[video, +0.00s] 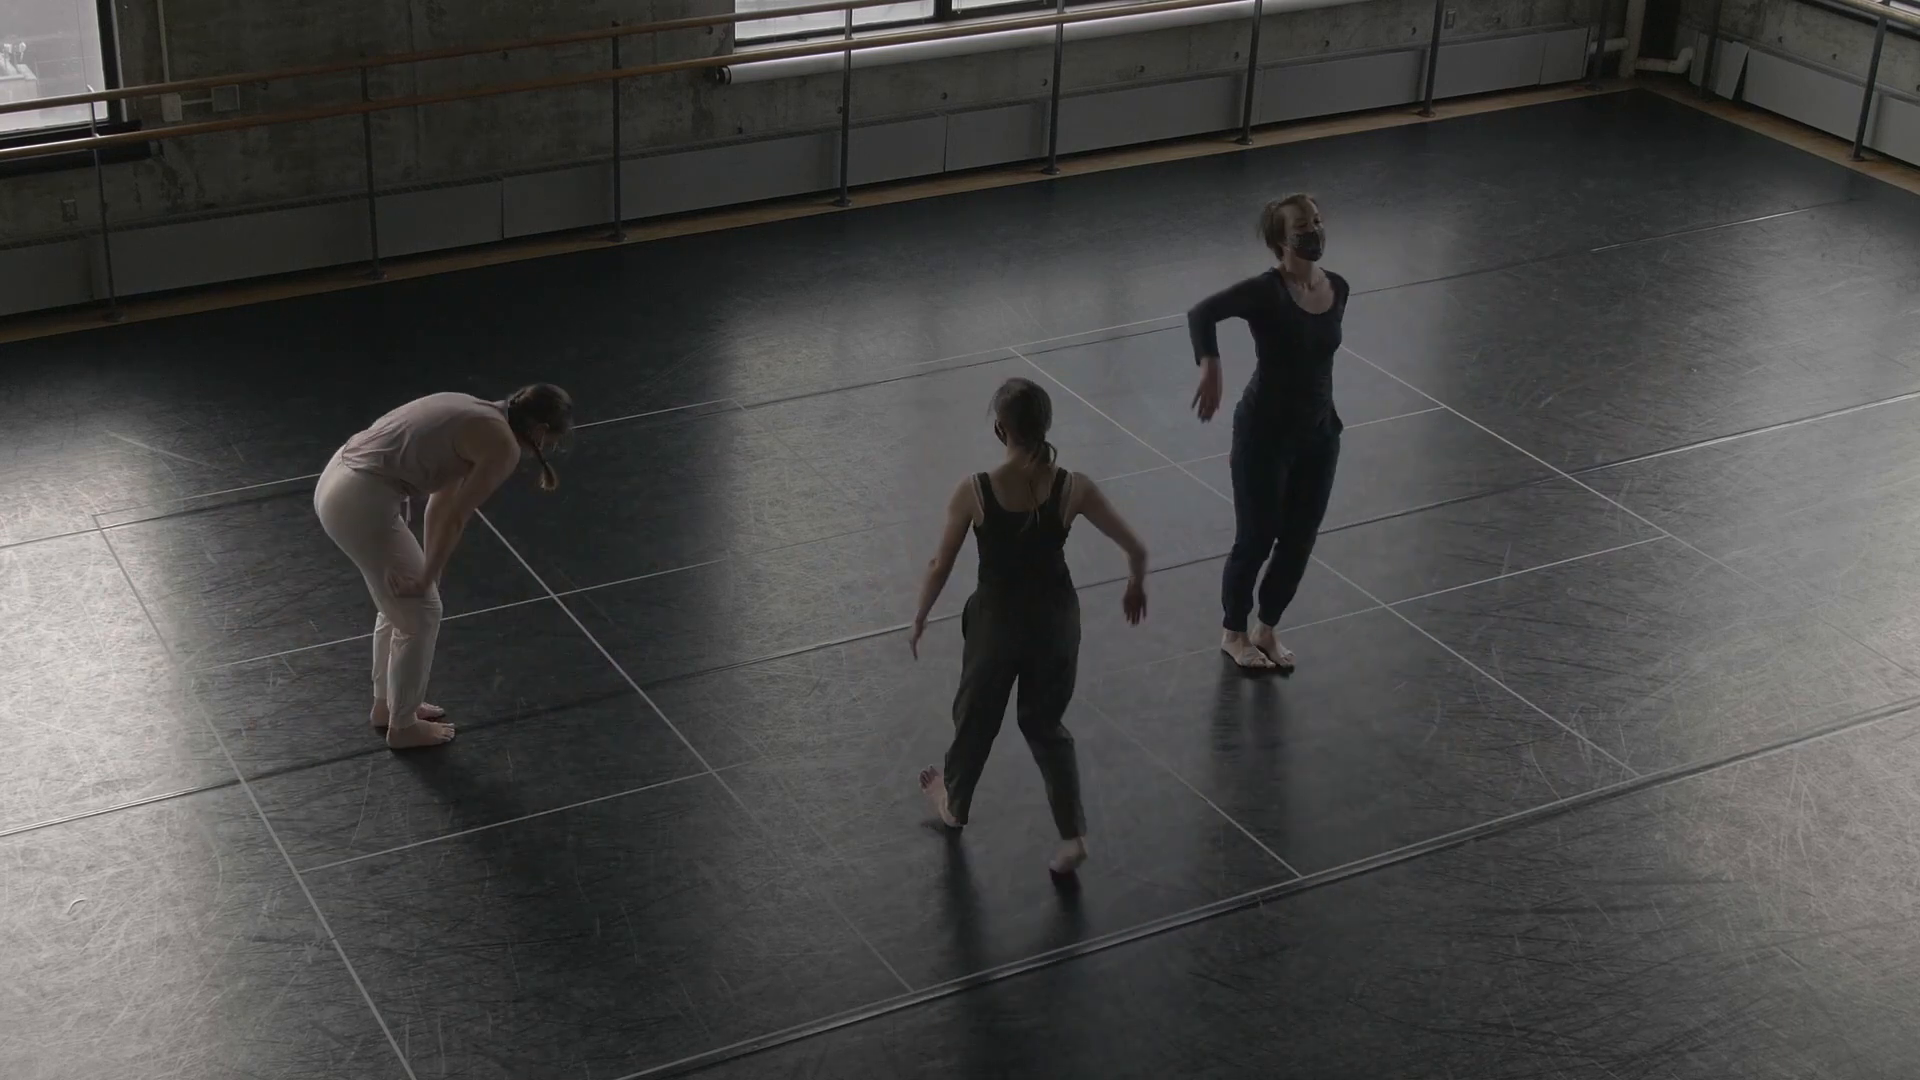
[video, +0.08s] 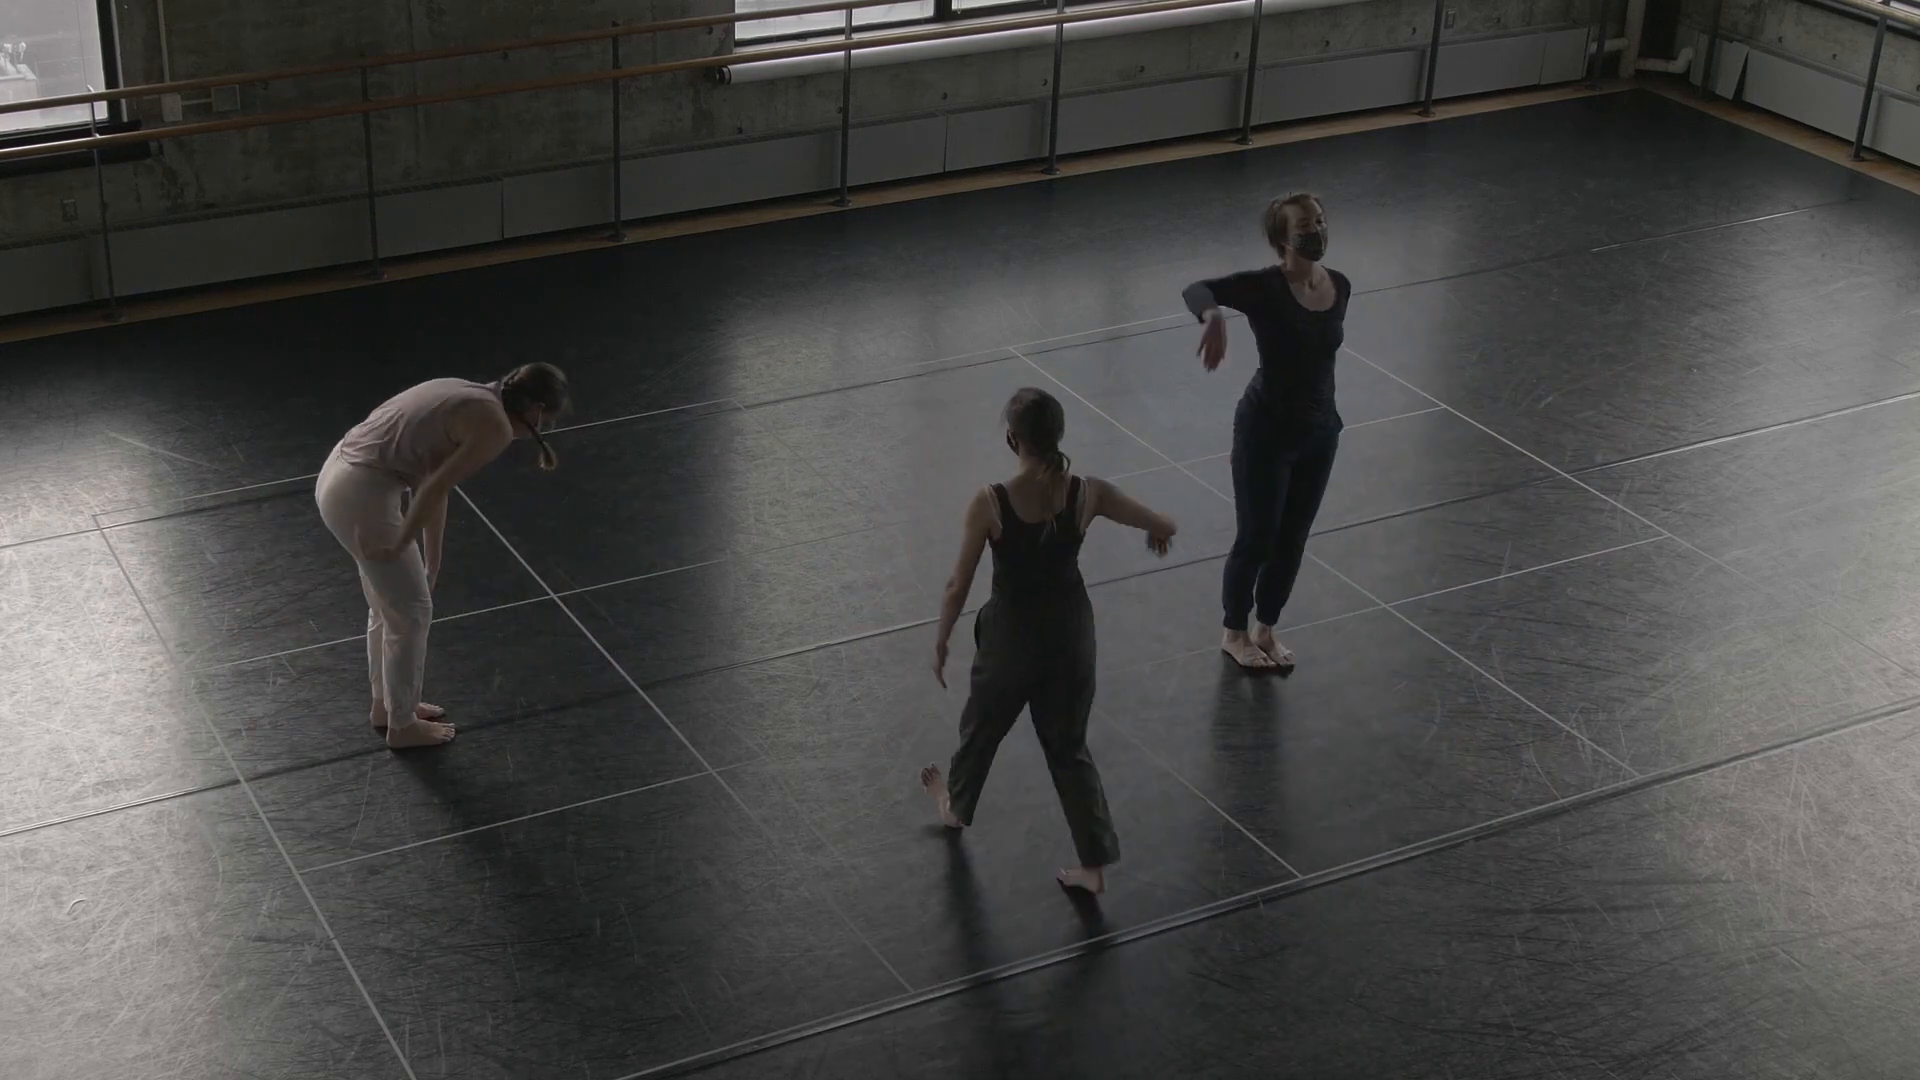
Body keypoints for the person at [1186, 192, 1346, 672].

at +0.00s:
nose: (1314, 230)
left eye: (1317, 222)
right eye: (1302, 227)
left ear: (1325, 229)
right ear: (1280, 241)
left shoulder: (1336, 287)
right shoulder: (1264, 291)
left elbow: (1319, 355)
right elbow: (1200, 315)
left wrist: (1324, 410)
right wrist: (1210, 369)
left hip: (1318, 431)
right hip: (1263, 433)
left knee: (1298, 542)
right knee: (1256, 538)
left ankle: (1265, 630)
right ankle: (1234, 634)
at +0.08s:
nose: (1315, 230)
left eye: (1319, 222)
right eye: (1304, 227)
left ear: (1327, 228)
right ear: (1282, 239)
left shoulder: (1338, 286)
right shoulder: (1265, 286)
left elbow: (1322, 350)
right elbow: (1196, 291)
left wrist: (1324, 407)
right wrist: (1212, 317)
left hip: (1319, 427)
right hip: (1265, 428)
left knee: (1292, 537)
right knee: (1256, 536)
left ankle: (1265, 631)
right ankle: (1234, 634)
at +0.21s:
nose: (1318, 232)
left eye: (1322, 224)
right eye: (1307, 227)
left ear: (1330, 228)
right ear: (1285, 237)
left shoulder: (1340, 283)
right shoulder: (1264, 284)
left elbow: (1331, 349)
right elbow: (1196, 285)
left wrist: (1325, 403)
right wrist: (1211, 259)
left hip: (1318, 425)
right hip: (1265, 425)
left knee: (1291, 535)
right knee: (1257, 532)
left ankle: (1265, 630)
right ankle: (1235, 632)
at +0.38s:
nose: (1319, 236)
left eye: (1324, 227)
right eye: (1308, 229)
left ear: (1331, 229)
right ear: (1286, 235)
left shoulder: (1340, 282)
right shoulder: (1267, 284)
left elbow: (1344, 350)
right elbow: (1201, 285)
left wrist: (1342, 409)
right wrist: (1219, 228)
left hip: (1320, 423)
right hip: (1266, 424)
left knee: (1292, 534)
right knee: (1258, 533)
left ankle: (1266, 629)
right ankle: (1237, 633)